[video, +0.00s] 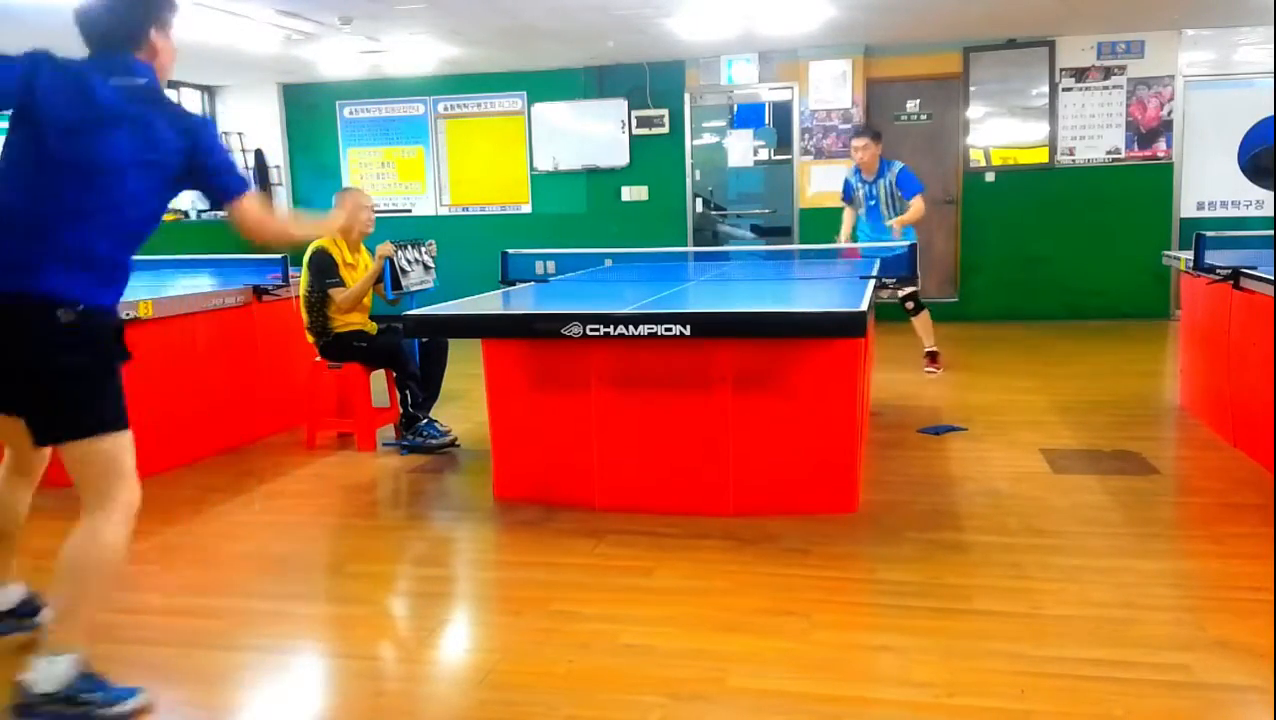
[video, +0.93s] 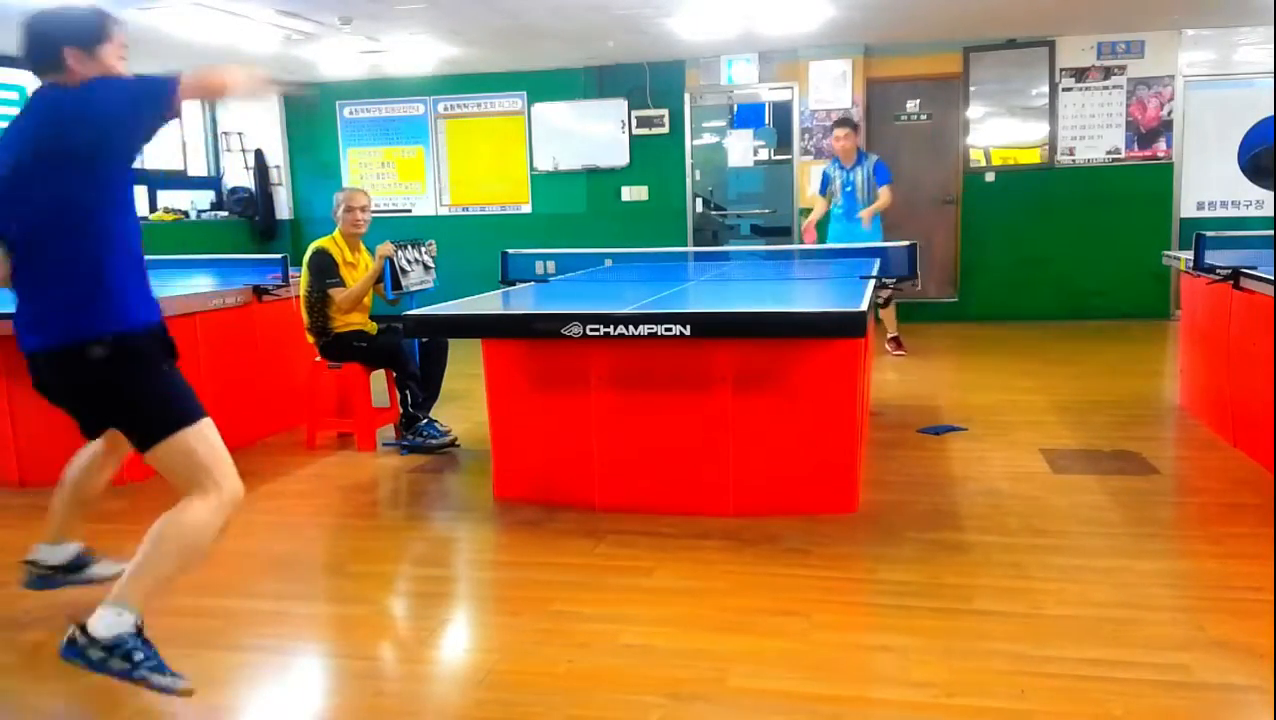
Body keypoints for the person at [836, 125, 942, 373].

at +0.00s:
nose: (858, 156)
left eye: (863, 149)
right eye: (854, 150)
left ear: (878, 148)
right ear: (850, 151)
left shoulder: (897, 172)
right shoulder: (852, 177)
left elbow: (919, 207)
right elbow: (850, 208)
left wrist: (901, 220)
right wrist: (844, 234)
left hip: (899, 248)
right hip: (867, 249)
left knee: (909, 299)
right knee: (858, 301)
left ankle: (931, 351)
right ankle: (855, 354)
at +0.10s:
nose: (866, 156)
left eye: (871, 149)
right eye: (861, 151)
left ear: (884, 146)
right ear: (857, 152)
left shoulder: (907, 163)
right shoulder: (858, 174)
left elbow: (940, 190)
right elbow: (863, 212)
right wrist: (874, 217)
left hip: (911, 240)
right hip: (878, 241)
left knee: (916, 295)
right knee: (863, 295)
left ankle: (932, 351)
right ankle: (858, 352)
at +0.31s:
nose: (879, 136)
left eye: (884, 130)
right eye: (874, 131)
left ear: (894, 128)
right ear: (867, 133)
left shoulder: (908, 145)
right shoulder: (864, 157)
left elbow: (934, 159)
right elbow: (874, 192)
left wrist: (954, 167)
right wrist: (883, 182)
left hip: (915, 230)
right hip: (881, 234)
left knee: (927, 288)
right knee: (868, 291)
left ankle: (940, 347)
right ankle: (859, 349)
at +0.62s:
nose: (864, 142)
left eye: (869, 136)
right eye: (859, 137)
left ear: (880, 137)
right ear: (853, 139)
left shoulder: (893, 160)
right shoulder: (847, 163)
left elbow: (915, 186)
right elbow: (840, 190)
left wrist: (940, 195)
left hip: (890, 238)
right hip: (858, 240)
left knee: (905, 287)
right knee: (859, 291)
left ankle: (915, 341)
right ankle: (859, 342)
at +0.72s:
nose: (856, 136)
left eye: (862, 130)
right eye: (852, 131)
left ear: (873, 131)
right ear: (847, 133)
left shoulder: (888, 156)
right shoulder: (841, 160)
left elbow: (908, 178)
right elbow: (824, 185)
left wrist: (916, 195)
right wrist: (823, 199)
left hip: (881, 235)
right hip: (849, 237)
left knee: (888, 287)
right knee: (852, 286)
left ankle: (893, 334)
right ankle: (856, 334)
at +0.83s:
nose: (846, 137)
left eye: (851, 131)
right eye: (843, 132)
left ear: (864, 133)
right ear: (838, 136)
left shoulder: (880, 159)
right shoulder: (835, 163)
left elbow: (898, 190)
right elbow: (824, 196)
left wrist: (886, 205)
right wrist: (813, 211)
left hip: (875, 236)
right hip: (843, 237)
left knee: (886, 287)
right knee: (844, 285)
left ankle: (892, 334)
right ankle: (848, 334)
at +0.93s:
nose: (840, 143)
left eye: (845, 138)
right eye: (836, 139)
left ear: (857, 138)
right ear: (832, 141)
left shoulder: (873, 164)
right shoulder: (830, 170)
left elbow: (886, 197)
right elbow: (823, 201)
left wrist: (870, 210)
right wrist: (811, 219)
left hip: (868, 236)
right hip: (838, 237)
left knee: (881, 285)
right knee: (836, 283)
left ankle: (892, 335)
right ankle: (840, 334)